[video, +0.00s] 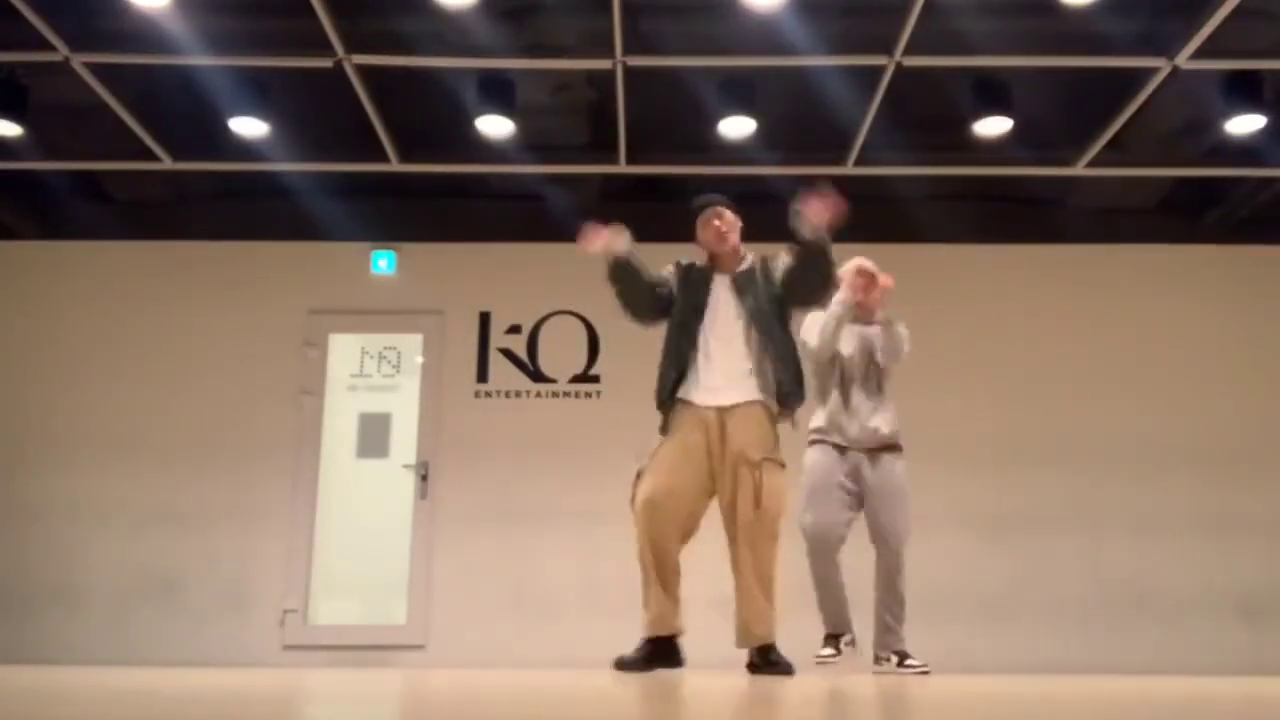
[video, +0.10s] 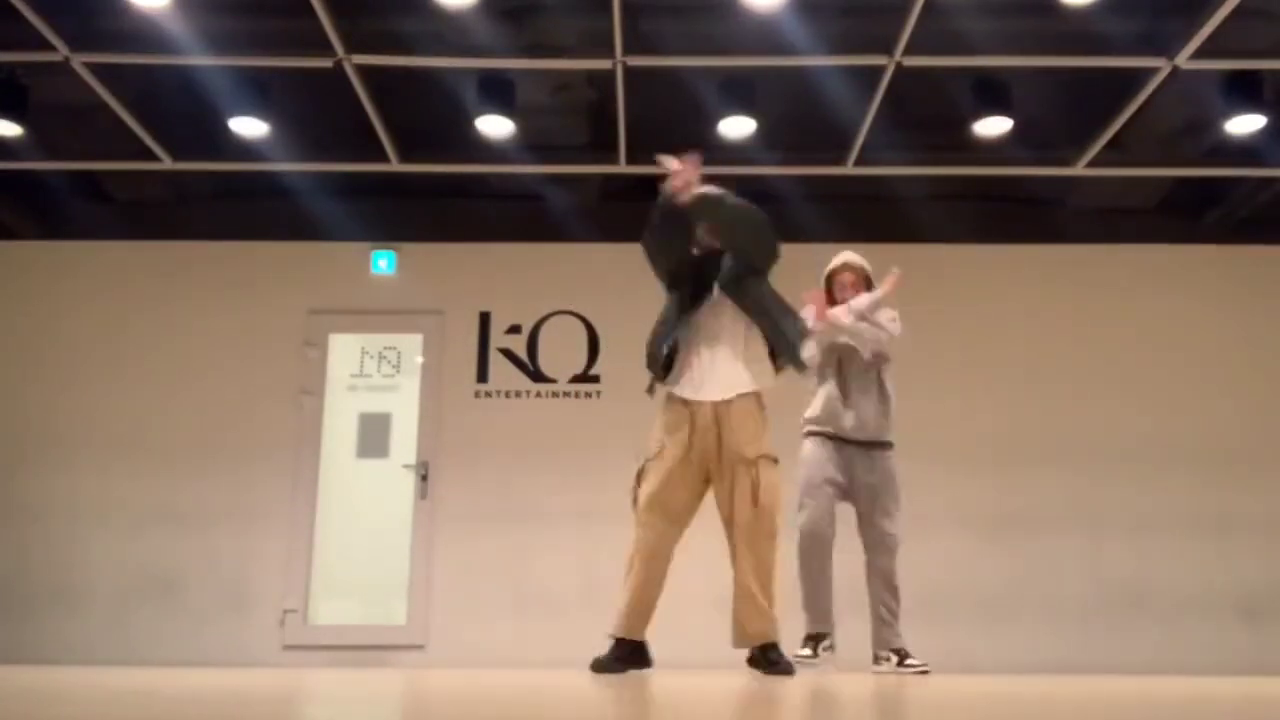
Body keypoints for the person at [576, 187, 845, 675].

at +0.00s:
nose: (718, 223)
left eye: (724, 217)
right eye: (708, 221)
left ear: (741, 229)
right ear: (698, 239)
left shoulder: (767, 273)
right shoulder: (683, 279)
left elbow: (813, 287)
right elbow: (646, 305)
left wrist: (812, 238)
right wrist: (619, 257)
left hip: (751, 414)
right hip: (691, 415)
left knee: (756, 522)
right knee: (655, 504)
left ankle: (761, 646)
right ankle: (662, 639)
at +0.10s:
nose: (706, 233)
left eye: (714, 222)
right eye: (700, 224)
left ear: (731, 229)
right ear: (691, 234)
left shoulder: (750, 269)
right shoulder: (683, 275)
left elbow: (755, 229)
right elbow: (659, 244)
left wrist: (704, 195)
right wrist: (673, 199)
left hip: (741, 405)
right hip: (682, 407)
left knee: (754, 521)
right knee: (655, 519)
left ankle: (763, 643)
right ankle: (630, 640)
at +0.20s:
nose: (696, 222)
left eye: (705, 215)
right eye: (686, 217)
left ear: (720, 216)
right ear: (673, 224)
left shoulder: (742, 243)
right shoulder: (661, 252)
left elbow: (703, 258)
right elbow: (684, 239)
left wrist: (646, 242)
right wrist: (712, 201)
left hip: (726, 392)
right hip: (670, 395)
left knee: (751, 511)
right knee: (648, 517)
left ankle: (771, 639)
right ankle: (631, 640)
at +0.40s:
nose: (671, 242)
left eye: (672, 232)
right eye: (659, 243)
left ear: (688, 233)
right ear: (652, 260)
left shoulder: (724, 263)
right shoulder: (647, 293)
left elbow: (702, 326)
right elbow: (674, 332)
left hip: (696, 399)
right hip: (643, 406)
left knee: (713, 501)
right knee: (622, 517)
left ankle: (786, 620)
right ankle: (630, 645)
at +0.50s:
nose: (663, 255)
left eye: (665, 246)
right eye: (651, 255)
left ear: (680, 249)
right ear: (643, 270)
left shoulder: (716, 280)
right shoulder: (640, 309)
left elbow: (722, 343)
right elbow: (649, 355)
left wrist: (709, 390)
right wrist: (667, 380)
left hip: (692, 417)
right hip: (640, 422)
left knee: (715, 516)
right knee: (616, 527)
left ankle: (772, 631)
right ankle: (629, 648)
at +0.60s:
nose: (664, 249)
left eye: (668, 238)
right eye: (652, 246)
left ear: (684, 240)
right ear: (645, 259)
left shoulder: (727, 274)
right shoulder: (641, 301)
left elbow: (761, 321)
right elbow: (628, 332)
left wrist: (764, 350)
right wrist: (645, 348)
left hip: (704, 418)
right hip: (646, 422)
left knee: (725, 520)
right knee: (618, 526)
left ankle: (747, 635)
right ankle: (627, 645)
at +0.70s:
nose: (688, 223)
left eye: (696, 216)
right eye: (680, 216)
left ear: (710, 225)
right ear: (667, 226)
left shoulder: (739, 267)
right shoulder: (653, 272)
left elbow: (787, 298)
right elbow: (616, 321)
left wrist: (769, 277)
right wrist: (589, 297)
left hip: (726, 416)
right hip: (664, 413)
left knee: (733, 529)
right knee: (632, 523)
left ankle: (739, 645)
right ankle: (623, 638)